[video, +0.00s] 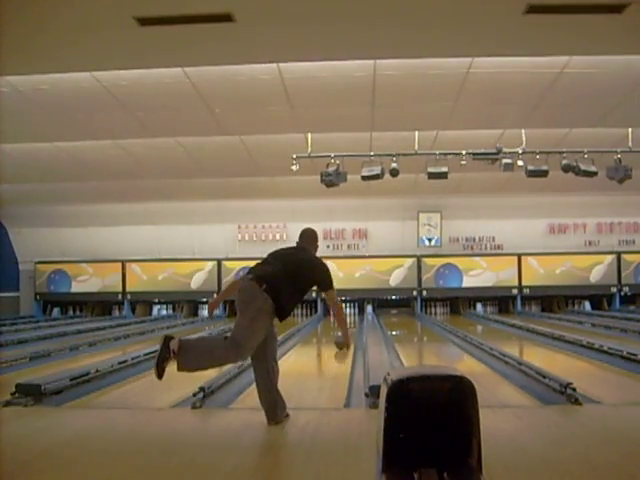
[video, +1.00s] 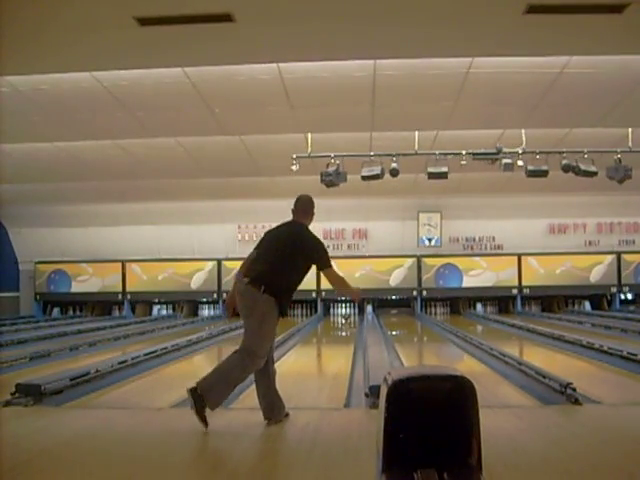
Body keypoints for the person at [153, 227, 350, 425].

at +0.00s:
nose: (317, 248)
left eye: (314, 245)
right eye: (317, 245)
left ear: (299, 241)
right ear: (316, 245)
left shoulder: (282, 253)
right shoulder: (317, 265)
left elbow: (245, 278)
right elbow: (334, 305)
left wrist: (219, 298)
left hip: (246, 293)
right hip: (261, 300)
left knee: (265, 360)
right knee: (238, 349)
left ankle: (275, 413)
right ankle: (176, 348)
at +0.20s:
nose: (317, 245)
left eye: (313, 239)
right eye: (318, 242)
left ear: (301, 238)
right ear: (318, 242)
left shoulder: (283, 250)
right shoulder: (317, 265)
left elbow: (248, 274)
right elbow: (317, 308)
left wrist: (220, 295)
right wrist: (310, 340)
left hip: (248, 288)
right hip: (262, 297)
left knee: (264, 356)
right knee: (237, 347)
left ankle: (274, 412)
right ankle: (177, 342)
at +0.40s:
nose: (316, 238)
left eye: (311, 234)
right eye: (318, 235)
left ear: (301, 232)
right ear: (320, 237)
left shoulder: (284, 246)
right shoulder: (317, 259)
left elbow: (250, 273)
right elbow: (303, 288)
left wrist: (225, 296)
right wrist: (280, 314)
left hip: (247, 288)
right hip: (261, 296)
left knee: (264, 356)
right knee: (242, 350)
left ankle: (273, 411)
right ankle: (183, 358)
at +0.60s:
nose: (314, 232)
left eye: (311, 228)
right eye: (316, 229)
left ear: (299, 226)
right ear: (318, 230)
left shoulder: (281, 241)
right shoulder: (314, 254)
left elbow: (253, 272)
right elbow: (308, 299)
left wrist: (232, 298)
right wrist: (296, 334)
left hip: (246, 290)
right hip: (263, 299)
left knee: (263, 356)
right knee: (247, 351)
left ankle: (273, 412)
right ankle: (199, 392)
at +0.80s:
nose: (313, 224)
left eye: (310, 220)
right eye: (314, 221)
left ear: (296, 219)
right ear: (314, 222)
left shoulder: (279, 237)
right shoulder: (314, 250)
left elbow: (253, 267)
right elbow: (324, 291)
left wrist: (233, 295)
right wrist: (336, 321)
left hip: (244, 289)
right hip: (260, 297)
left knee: (262, 355)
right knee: (248, 353)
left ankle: (273, 412)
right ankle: (200, 394)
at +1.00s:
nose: (311, 216)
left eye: (308, 211)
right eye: (312, 212)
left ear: (293, 211)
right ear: (312, 214)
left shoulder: (275, 231)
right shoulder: (311, 241)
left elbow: (247, 264)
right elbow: (332, 277)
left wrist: (232, 294)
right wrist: (352, 292)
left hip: (245, 289)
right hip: (264, 296)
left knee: (263, 356)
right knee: (253, 354)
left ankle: (274, 413)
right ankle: (203, 393)